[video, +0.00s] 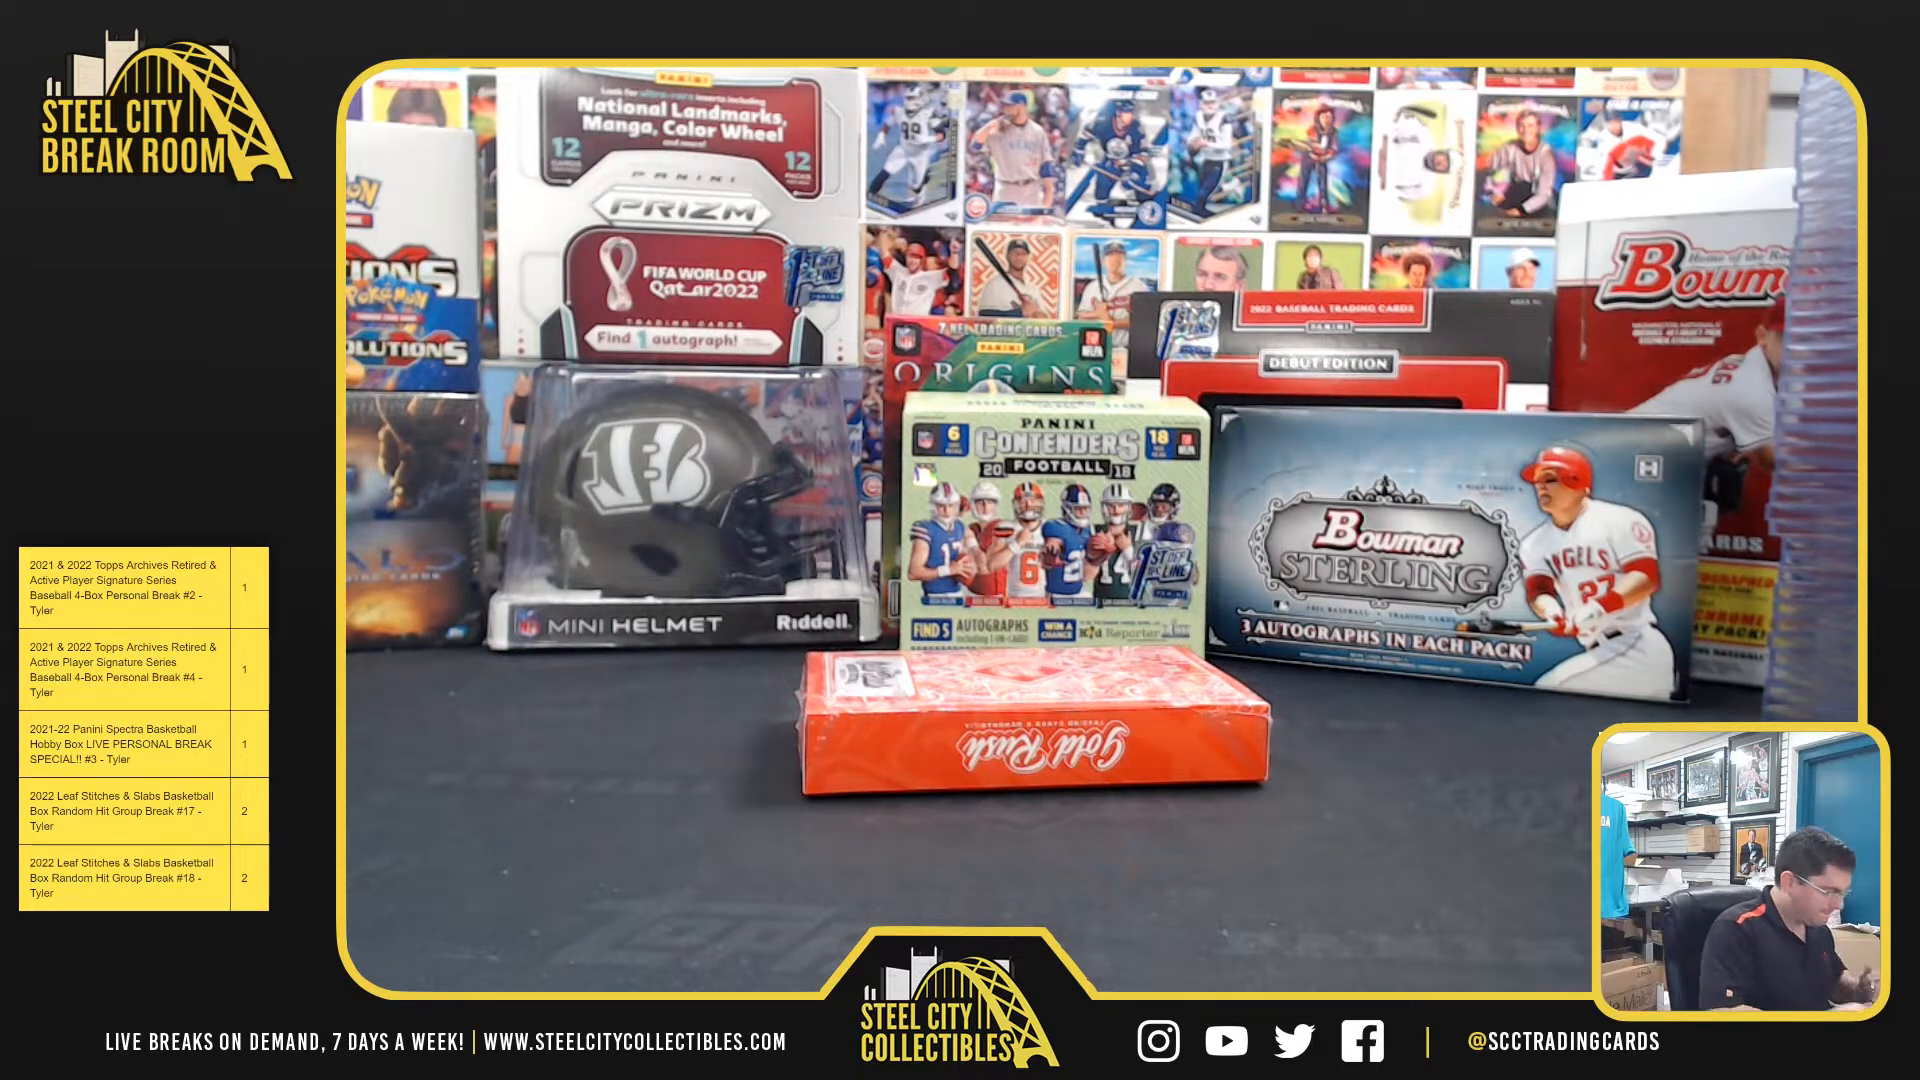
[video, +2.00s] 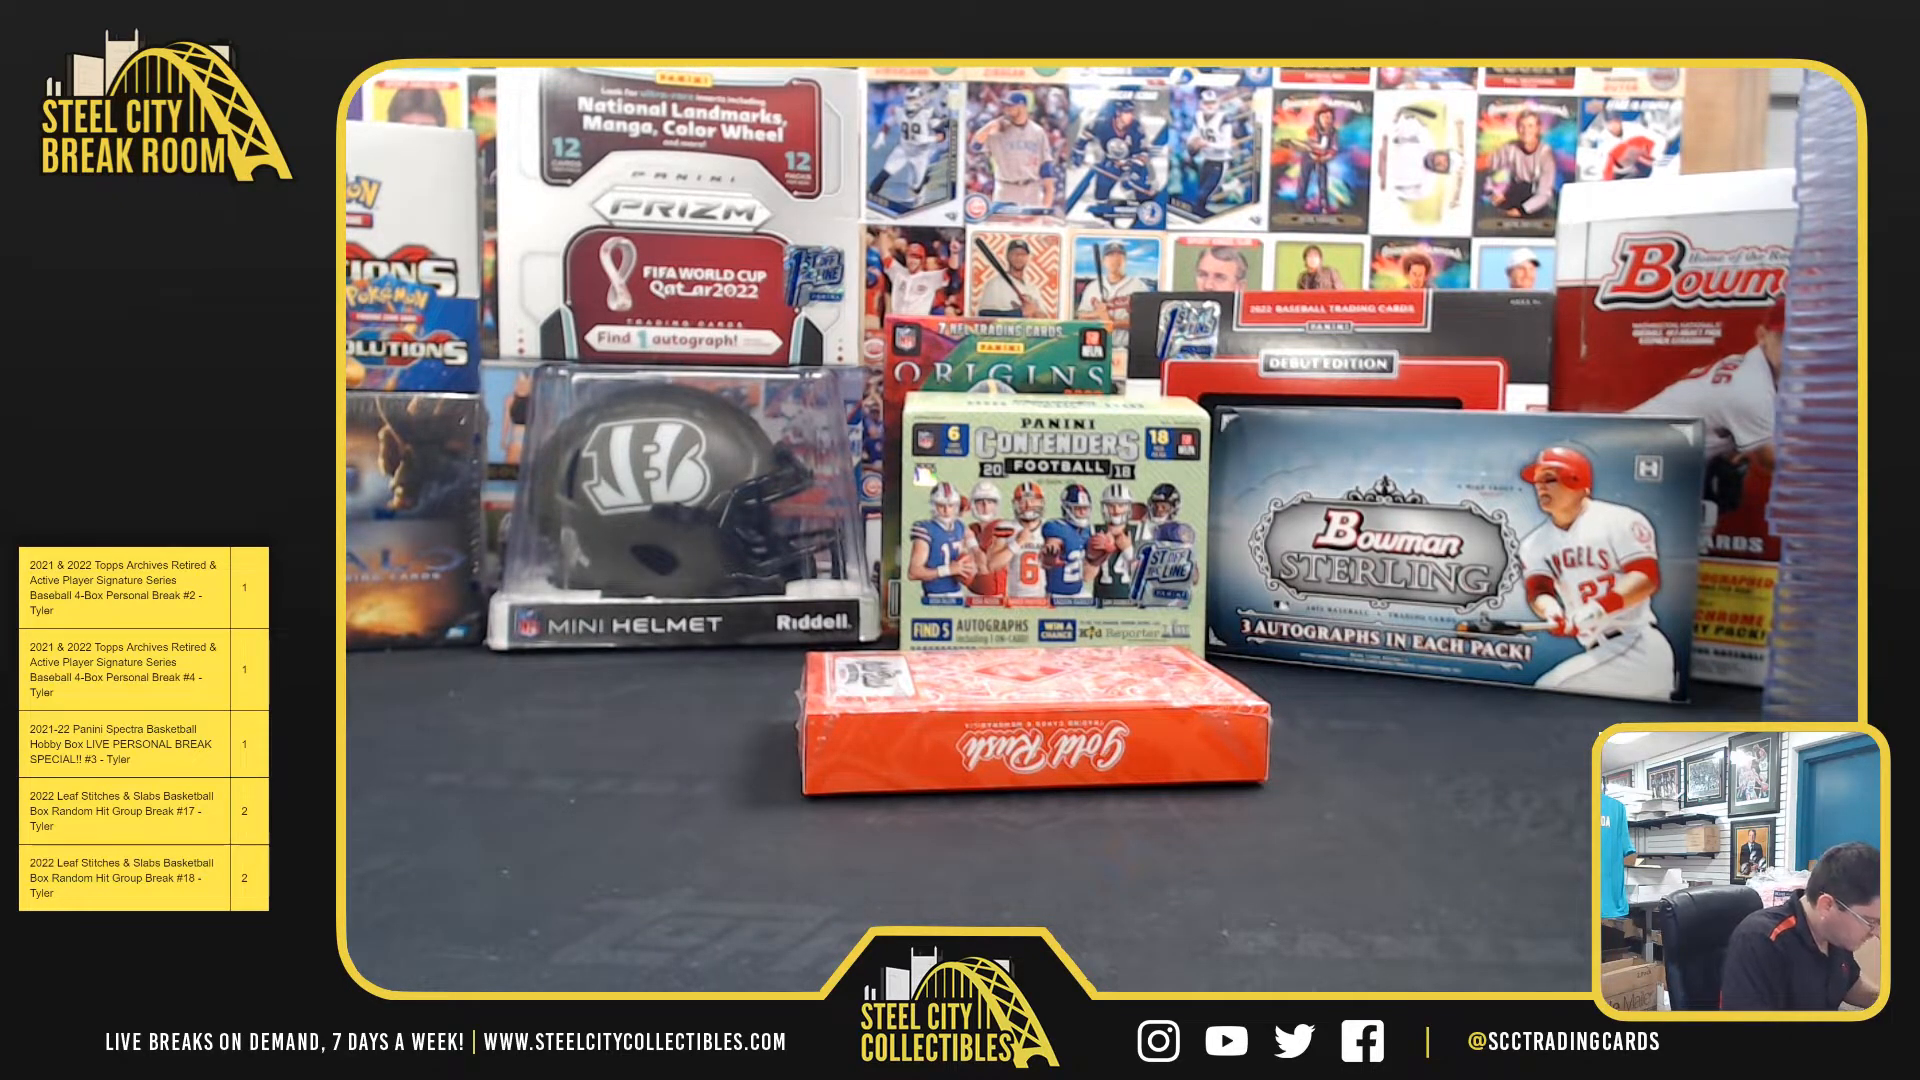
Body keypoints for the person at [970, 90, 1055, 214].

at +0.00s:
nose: (1006, 110)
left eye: (1010, 106)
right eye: (1005, 106)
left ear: (1022, 107)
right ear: (1004, 107)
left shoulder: (1038, 132)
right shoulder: (997, 129)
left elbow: (1046, 166)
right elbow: (974, 147)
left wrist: (1048, 200)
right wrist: (990, 127)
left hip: (1032, 186)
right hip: (1005, 186)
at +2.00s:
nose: (1007, 110)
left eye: (1011, 106)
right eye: (1006, 106)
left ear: (1022, 107)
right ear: (1004, 107)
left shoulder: (1038, 132)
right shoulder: (997, 129)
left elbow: (1046, 167)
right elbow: (974, 147)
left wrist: (1048, 200)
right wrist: (990, 127)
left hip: (1031, 186)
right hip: (1005, 186)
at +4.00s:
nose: (1006, 110)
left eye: (1010, 106)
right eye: (1006, 106)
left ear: (1022, 107)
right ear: (1004, 107)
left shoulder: (1038, 132)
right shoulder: (996, 129)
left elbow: (1046, 166)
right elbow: (974, 147)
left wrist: (1048, 198)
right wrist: (991, 127)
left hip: (1032, 186)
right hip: (1005, 186)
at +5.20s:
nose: (1006, 110)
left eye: (1010, 106)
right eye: (1005, 106)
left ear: (1022, 107)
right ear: (1004, 107)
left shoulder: (1038, 132)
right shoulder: (996, 129)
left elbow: (1046, 166)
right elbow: (974, 148)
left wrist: (1048, 198)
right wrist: (990, 127)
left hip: (1031, 186)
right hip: (1005, 186)